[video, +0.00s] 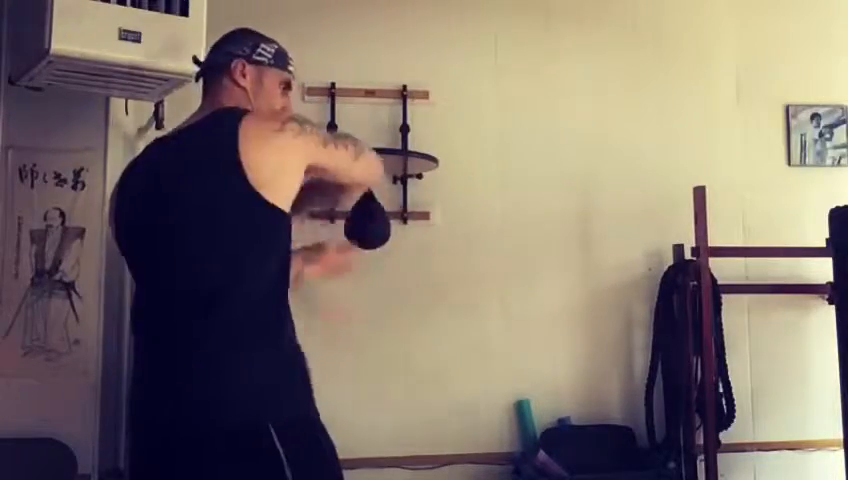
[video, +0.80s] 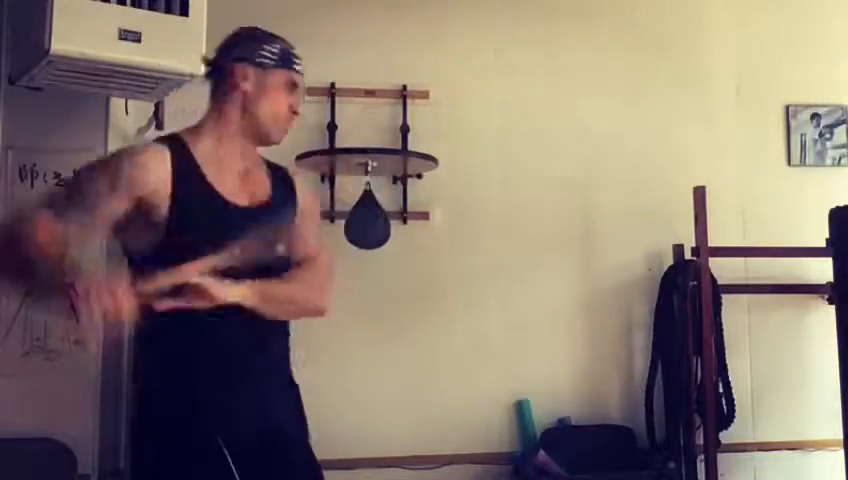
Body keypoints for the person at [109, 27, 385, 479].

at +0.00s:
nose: (290, 104)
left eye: (290, 90)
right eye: (284, 86)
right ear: (241, 74)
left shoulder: (135, 174)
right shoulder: (273, 140)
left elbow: (199, 277)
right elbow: (368, 168)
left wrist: (303, 263)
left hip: (162, 407)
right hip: (256, 409)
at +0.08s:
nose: (282, 101)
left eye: (282, 85)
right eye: (274, 81)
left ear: (223, 73)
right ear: (230, 70)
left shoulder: (130, 176)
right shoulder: (258, 145)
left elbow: (194, 257)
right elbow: (370, 216)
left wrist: (289, 238)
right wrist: (365, 207)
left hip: (165, 412)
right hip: (263, 415)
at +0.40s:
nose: (260, 86)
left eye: (257, 70)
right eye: (248, 66)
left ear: (198, 69)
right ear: (198, 66)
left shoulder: (157, 165)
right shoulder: (198, 168)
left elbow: (253, 275)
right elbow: (333, 261)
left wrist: (351, 218)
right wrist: (406, 204)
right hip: (246, 437)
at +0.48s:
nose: (252, 85)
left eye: (250, 70)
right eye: (239, 66)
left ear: (191, 70)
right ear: (190, 66)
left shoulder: (173, 166)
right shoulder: (178, 173)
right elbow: (305, 263)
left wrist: (322, 219)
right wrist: (385, 186)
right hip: (236, 433)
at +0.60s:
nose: (257, 91)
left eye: (255, 76)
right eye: (244, 73)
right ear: (196, 71)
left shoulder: (248, 175)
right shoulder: (149, 180)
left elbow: (319, 281)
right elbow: (211, 317)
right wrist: (293, 246)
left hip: (276, 431)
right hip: (194, 438)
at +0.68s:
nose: (279, 97)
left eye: (277, 83)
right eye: (268, 80)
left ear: (224, 76)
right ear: (220, 74)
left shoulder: (273, 183)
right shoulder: (151, 176)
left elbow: (320, 288)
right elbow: (93, 308)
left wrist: (258, 283)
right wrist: (194, 344)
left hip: (274, 429)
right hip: (181, 434)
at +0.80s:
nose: (298, 105)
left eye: (299, 92)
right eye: (290, 87)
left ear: (249, 83)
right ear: (242, 80)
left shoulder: (296, 191)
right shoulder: (151, 166)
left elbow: (315, 294)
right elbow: (34, 227)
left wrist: (235, 291)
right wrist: (76, 278)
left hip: (270, 416)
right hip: (177, 413)